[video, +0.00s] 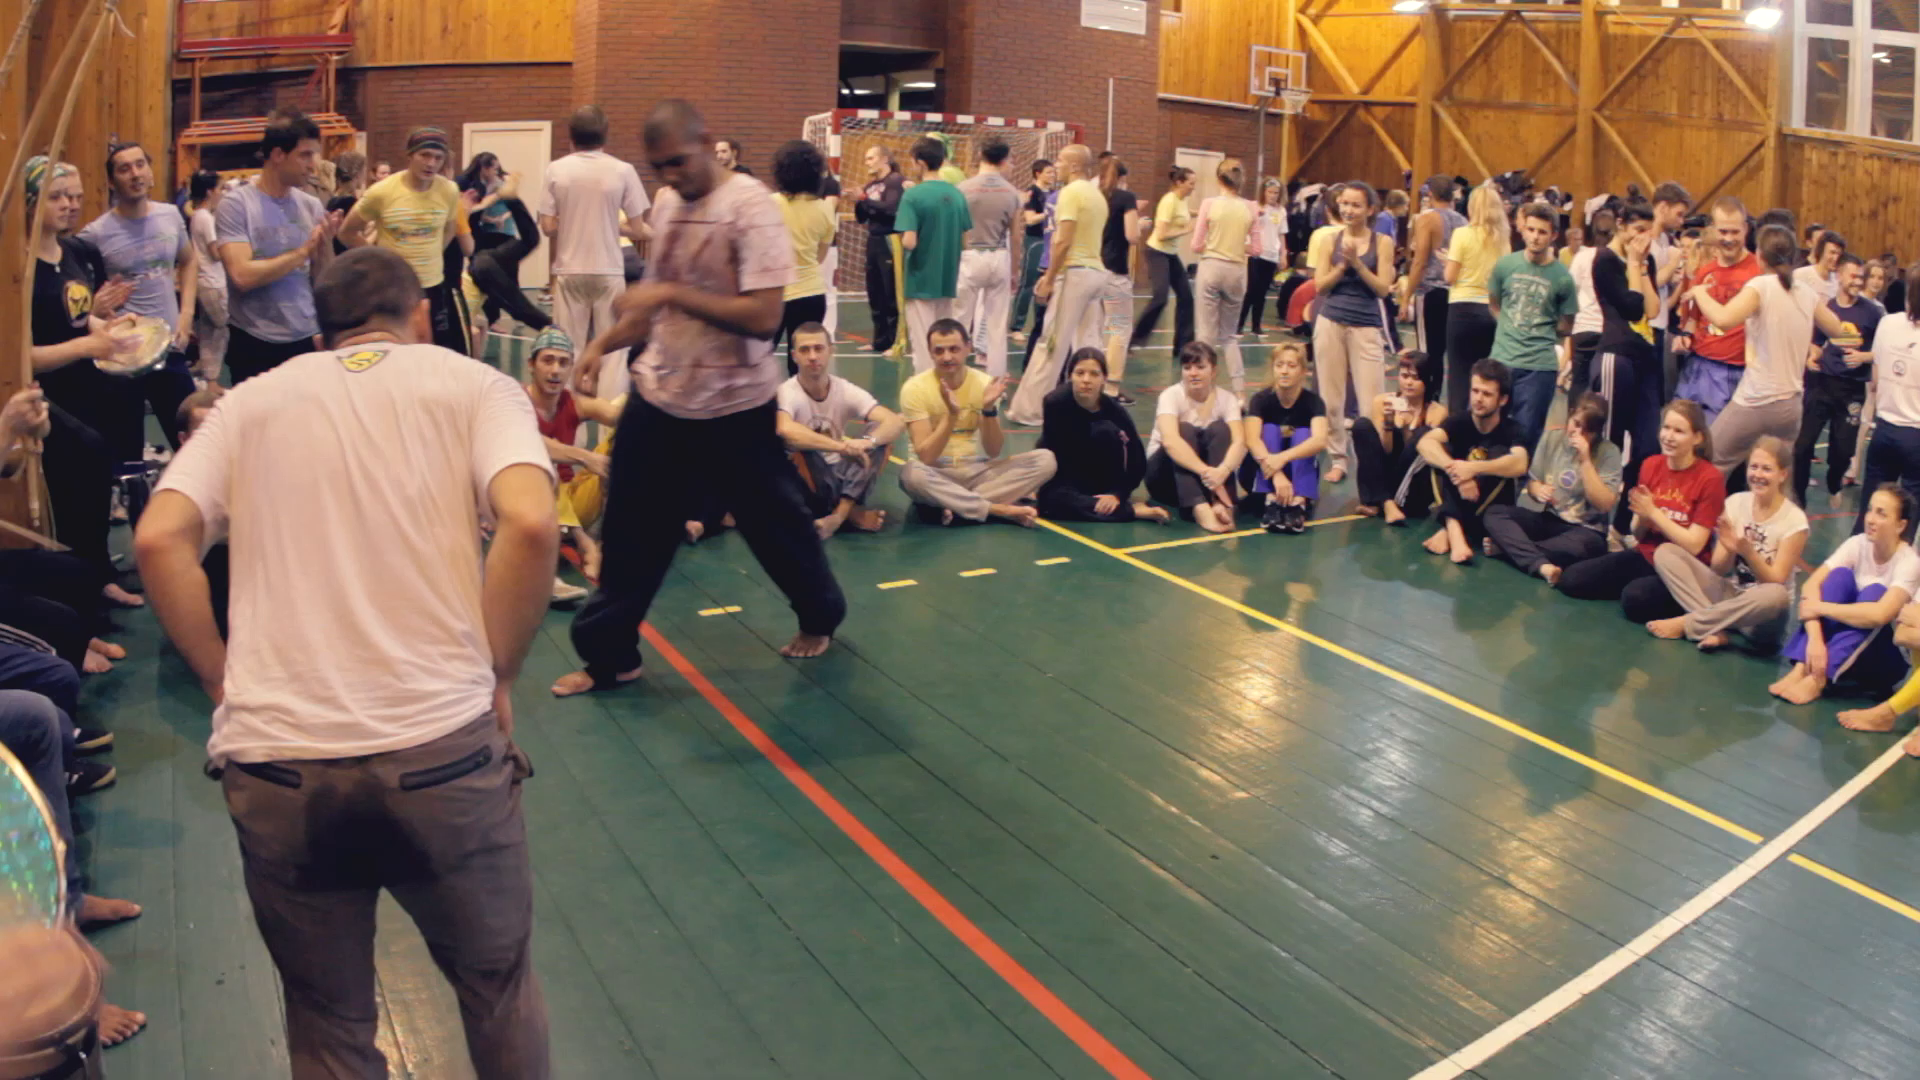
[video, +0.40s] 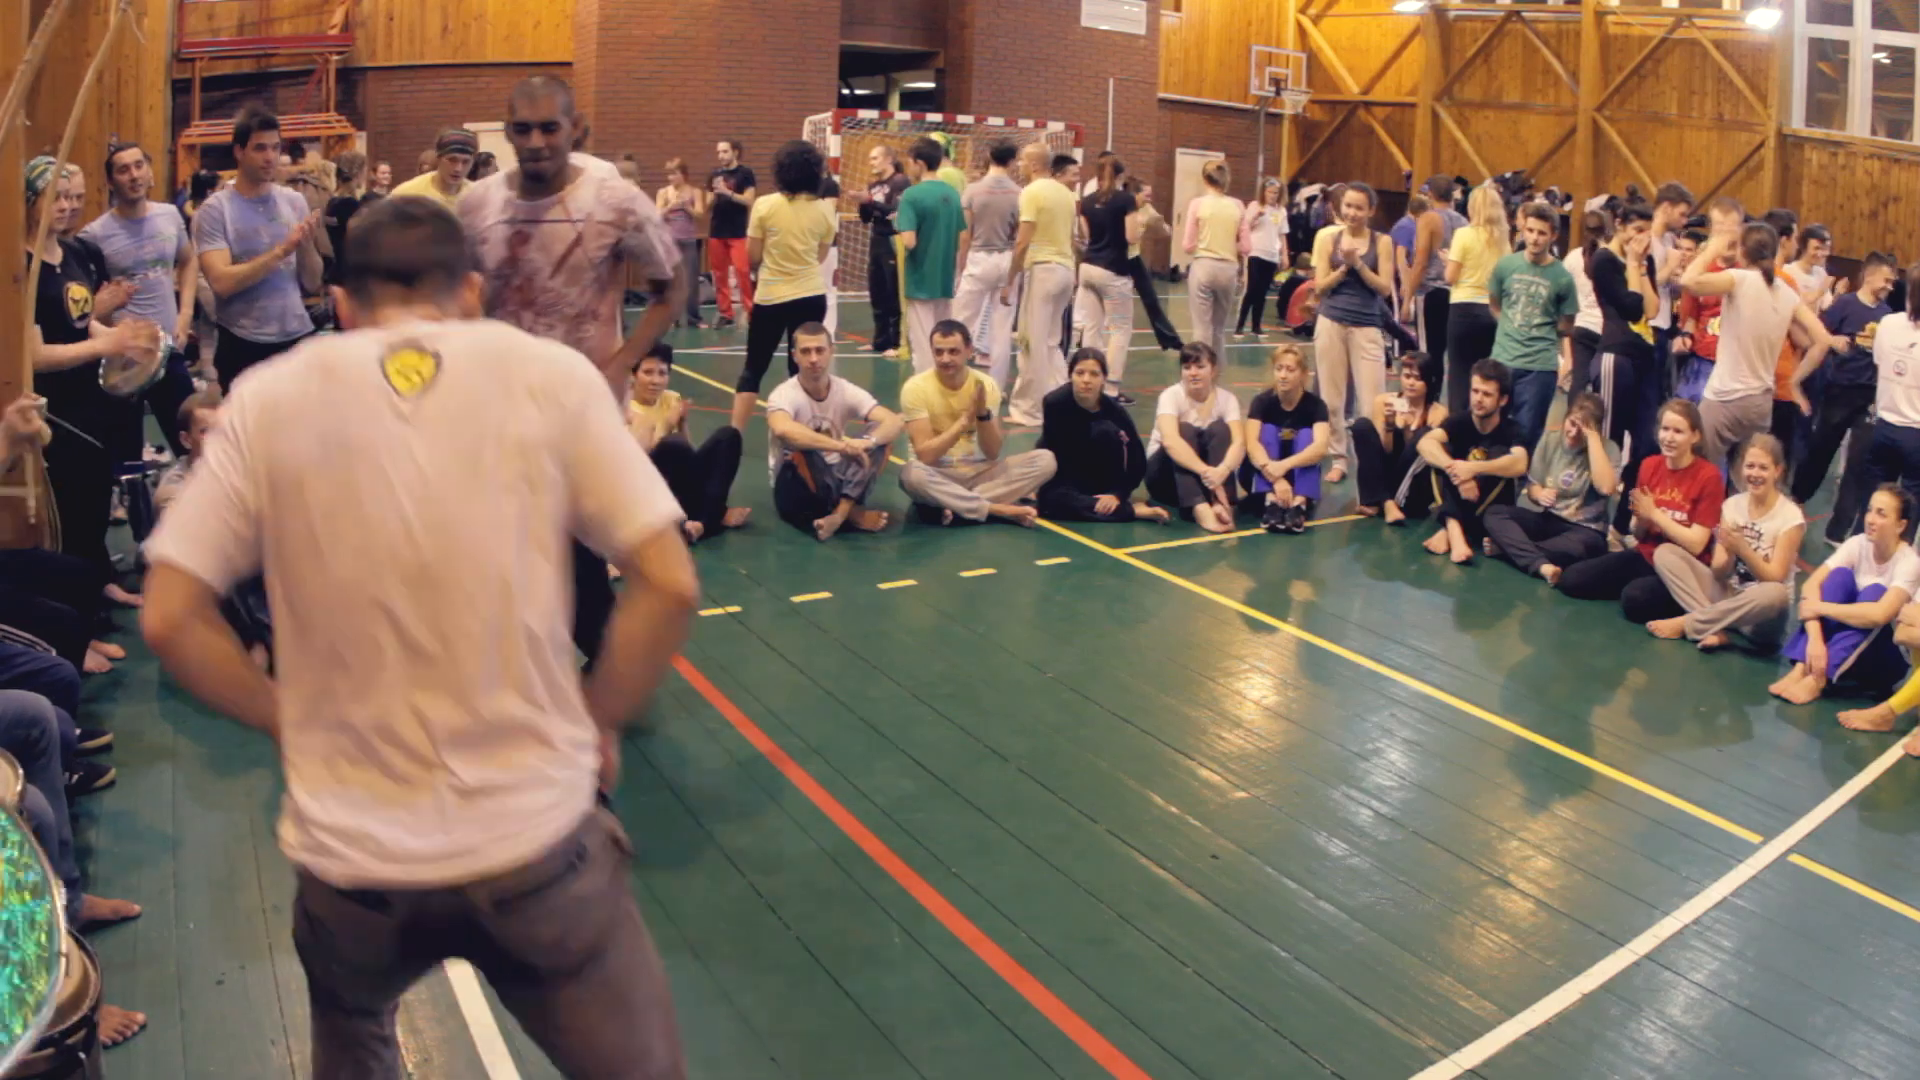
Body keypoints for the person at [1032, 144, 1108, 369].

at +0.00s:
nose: (1056, 166)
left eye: (1060, 161)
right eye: (1058, 160)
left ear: (1074, 165)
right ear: (1079, 166)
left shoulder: (1070, 192)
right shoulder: (1097, 195)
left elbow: (1064, 240)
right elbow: (1094, 239)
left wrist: (1048, 277)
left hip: (1074, 270)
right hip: (1097, 270)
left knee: (1053, 340)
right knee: (1089, 339)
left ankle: (1026, 399)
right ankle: (1091, 399)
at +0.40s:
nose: (1019, 165)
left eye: (1023, 160)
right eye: (1021, 159)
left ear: (1034, 163)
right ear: (1046, 163)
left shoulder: (1032, 192)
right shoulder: (1066, 192)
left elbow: (1022, 242)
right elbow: (1072, 236)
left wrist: (1009, 280)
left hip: (1042, 266)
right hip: (1066, 266)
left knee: (1033, 338)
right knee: (1051, 340)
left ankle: (1028, 407)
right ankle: (1059, 402)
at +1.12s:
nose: (994, 162)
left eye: (998, 157)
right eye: (996, 157)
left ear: (1012, 161)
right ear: (1018, 162)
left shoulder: (1013, 185)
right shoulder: (1031, 186)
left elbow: (1013, 232)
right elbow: (1039, 228)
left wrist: (1000, 273)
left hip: (1024, 262)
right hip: (1036, 260)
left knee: (1016, 333)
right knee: (1014, 332)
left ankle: (1025, 405)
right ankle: (1014, 400)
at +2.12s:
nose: (982, 165)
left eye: (988, 160)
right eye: (983, 160)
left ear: (1007, 166)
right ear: (1000, 166)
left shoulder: (1019, 195)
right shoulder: (1002, 195)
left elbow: (1020, 244)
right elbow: (1006, 243)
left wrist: (1002, 288)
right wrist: (998, 282)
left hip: (1021, 278)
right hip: (1002, 277)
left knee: (1021, 346)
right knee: (985, 339)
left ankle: (1026, 416)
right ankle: (997, 411)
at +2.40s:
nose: (957, 166)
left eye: (963, 162)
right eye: (958, 161)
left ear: (982, 167)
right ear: (970, 167)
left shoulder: (999, 195)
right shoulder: (974, 197)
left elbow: (996, 248)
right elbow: (978, 244)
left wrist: (970, 285)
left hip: (1000, 283)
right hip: (978, 282)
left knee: (1009, 348)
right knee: (973, 346)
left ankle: (1029, 414)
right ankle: (967, 411)